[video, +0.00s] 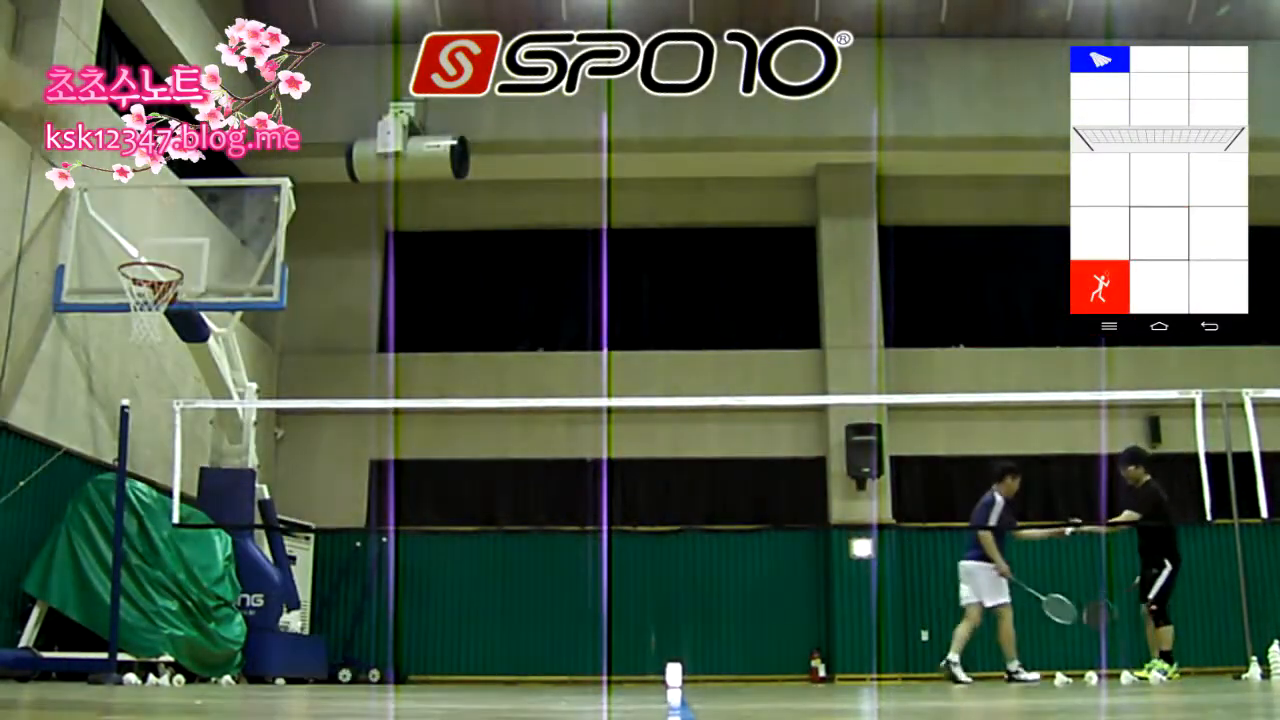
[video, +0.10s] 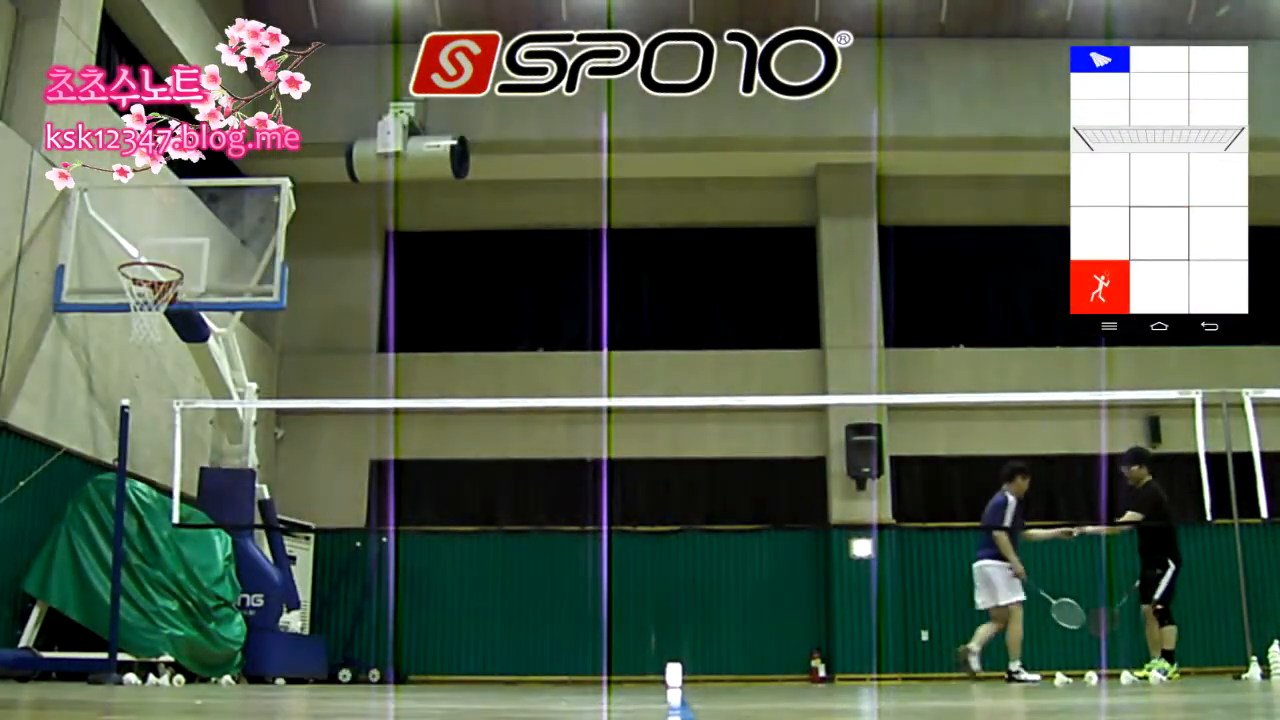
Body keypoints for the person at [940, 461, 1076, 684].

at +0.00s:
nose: (1017, 487)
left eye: (1018, 482)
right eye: (1016, 482)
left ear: (1002, 481)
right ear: (1006, 480)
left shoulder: (992, 501)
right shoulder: (996, 501)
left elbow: (1017, 532)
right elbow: (984, 532)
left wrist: (1054, 532)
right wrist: (1000, 563)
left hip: (969, 564)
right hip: (986, 565)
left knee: (972, 616)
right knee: (1005, 613)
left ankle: (952, 658)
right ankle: (1013, 666)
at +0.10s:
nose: (1027, 486)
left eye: (1027, 481)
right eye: (1025, 481)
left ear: (1012, 481)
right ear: (1016, 480)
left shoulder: (1006, 501)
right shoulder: (1007, 500)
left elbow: (1024, 534)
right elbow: (999, 533)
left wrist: (1057, 533)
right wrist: (1016, 562)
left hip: (984, 564)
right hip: (997, 564)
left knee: (999, 618)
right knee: (1016, 612)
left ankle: (973, 648)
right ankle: (1015, 666)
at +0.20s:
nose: (1036, 485)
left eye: (1036, 481)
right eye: (1034, 480)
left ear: (1021, 480)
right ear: (1025, 479)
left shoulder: (1009, 499)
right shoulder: (1019, 499)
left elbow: (1032, 533)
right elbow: (1013, 532)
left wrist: (1064, 534)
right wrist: (1028, 559)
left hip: (994, 560)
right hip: (1006, 560)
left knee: (1014, 612)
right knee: (1019, 611)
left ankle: (999, 648)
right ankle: (1015, 665)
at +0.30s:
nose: (1044, 486)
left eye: (1044, 482)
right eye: (1042, 482)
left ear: (1028, 482)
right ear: (1035, 481)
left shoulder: (1018, 500)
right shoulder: (1028, 499)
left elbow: (1038, 533)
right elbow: (1025, 531)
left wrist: (1070, 535)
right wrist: (1039, 557)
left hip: (1011, 561)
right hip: (1016, 562)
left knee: (1027, 611)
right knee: (1023, 611)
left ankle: (1026, 658)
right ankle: (1015, 664)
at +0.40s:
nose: (1052, 490)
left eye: (1052, 486)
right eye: (1050, 486)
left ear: (1035, 486)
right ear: (1043, 485)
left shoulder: (1028, 504)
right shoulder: (1040, 502)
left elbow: (1051, 537)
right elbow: (1035, 531)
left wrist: (1077, 538)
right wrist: (1049, 557)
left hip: (1020, 565)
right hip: (1028, 565)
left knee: (1037, 618)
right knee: (1029, 615)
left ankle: (1046, 663)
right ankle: (1016, 664)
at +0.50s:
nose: (1060, 492)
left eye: (1059, 487)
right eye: (1058, 487)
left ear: (1043, 488)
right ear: (1051, 487)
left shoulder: (1034, 507)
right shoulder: (1049, 504)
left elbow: (1052, 540)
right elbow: (1043, 531)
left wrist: (1080, 540)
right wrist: (1058, 556)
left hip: (1030, 569)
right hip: (1041, 568)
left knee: (1046, 617)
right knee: (1049, 615)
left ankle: (1050, 664)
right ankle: (1027, 654)